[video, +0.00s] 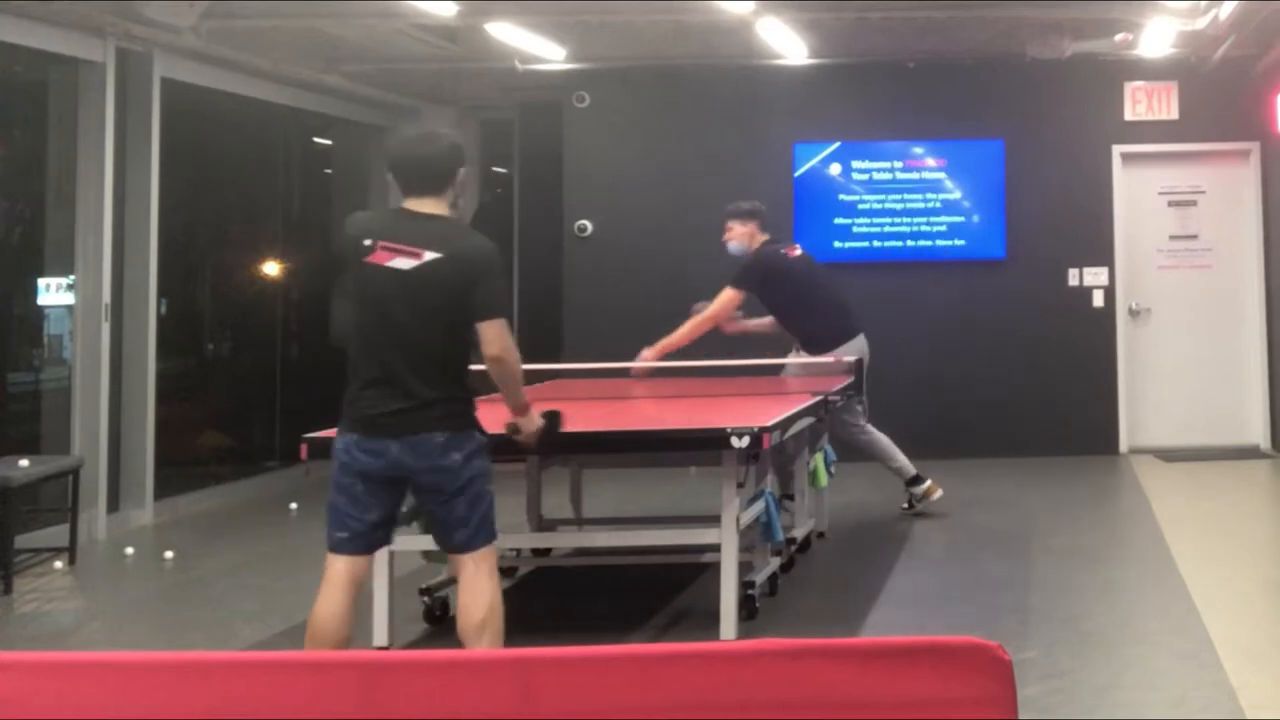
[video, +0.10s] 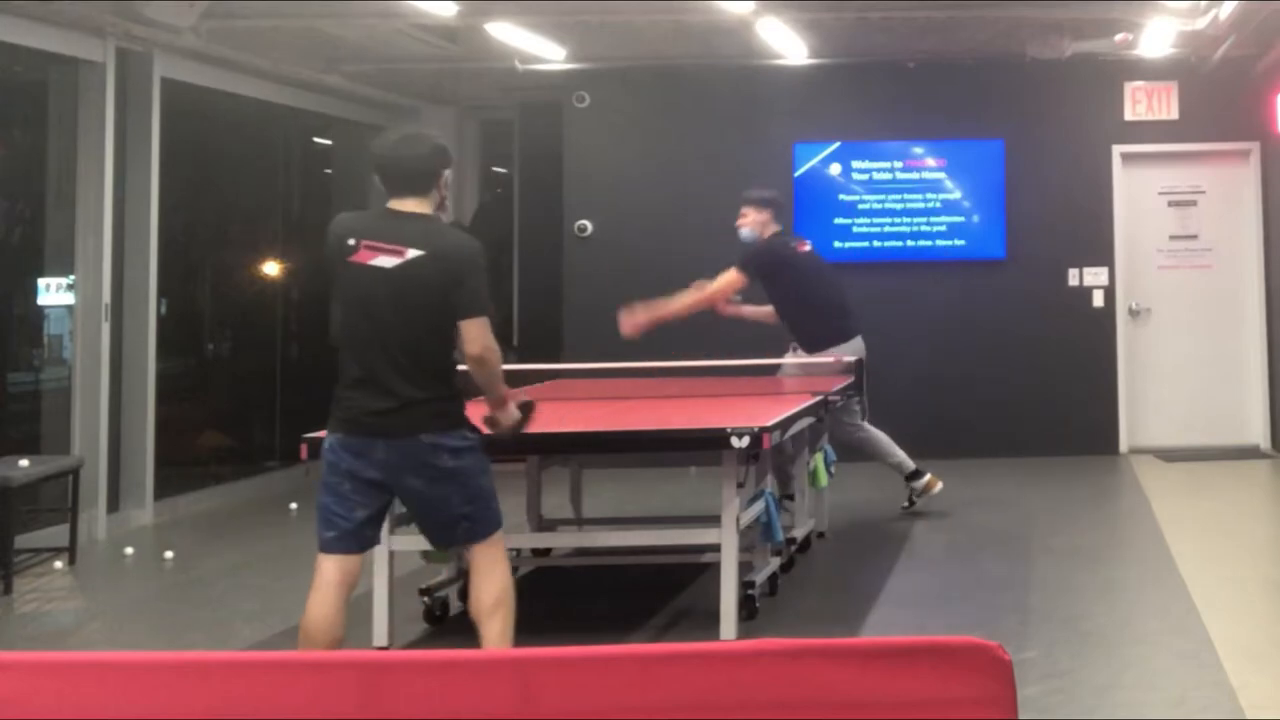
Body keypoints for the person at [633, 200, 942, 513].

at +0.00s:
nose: (725, 237)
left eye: (730, 229)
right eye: (725, 230)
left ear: (754, 229)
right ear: (756, 231)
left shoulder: (756, 262)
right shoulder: (787, 253)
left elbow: (711, 316)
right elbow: (790, 319)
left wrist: (658, 350)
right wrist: (739, 326)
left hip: (821, 356)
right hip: (853, 347)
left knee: (783, 427)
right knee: (851, 424)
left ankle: (784, 501)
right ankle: (918, 483)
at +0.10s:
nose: (739, 221)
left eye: (748, 214)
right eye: (739, 215)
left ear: (771, 219)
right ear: (765, 220)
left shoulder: (767, 252)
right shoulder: (795, 248)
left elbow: (711, 291)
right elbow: (785, 314)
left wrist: (649, 313)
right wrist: (735, 308)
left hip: (823, 356)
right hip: (845, 349)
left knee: (781, 432)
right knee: (849, 425)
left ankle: (785, 507)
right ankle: (917, 477)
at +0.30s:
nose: (771, 205)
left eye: (779, 200)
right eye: (772, 199)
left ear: (800, 206)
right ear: (802, 210)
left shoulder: (790, 233)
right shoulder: (821, 243)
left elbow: (721, 233)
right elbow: (799, 303)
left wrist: (668, 201)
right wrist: (744, 291)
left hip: (816, 352)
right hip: (850, 349)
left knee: (784, 429)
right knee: (847, 426)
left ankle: (791, 520)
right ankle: (918, 476)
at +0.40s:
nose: (790, 194)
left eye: (799, 190)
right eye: (793, 189)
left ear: (819, 200)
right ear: (820, 204)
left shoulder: (810, 229)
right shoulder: (835, 239)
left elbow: (745, 214)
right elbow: (810, 301)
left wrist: (697, 174)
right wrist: (752, 292)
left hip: (826, 346)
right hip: (858, 345)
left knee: (784, 423)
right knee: (856, 423)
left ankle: (786, 504)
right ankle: (927, 481)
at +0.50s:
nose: (808, 192)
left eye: (817, 187)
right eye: (811, 187)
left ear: (836, 198)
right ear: (834, 200)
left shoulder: (825, 227)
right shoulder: (848, 239)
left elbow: (763, 211)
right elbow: (822, 302)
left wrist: (717, 173)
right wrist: (766, 302)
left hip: (835, 345)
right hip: (868, 344)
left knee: (796, 420)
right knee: (874, 422)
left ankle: (790, 502)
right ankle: (935, 486)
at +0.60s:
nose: (821, 190)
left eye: (829, 185)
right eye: (824, 184)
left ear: (847, 197)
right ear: (846, 199)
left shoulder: (838, 229)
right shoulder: (857, 237)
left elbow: (775, 220)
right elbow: (840, 301)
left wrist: (730, 185)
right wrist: (788, 323)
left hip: (848, 342)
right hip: (880, 341)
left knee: (806, 413)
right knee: (885, 420)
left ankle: (788, 497)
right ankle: (939, 490)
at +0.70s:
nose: (829, 188)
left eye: (838, 184)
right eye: (832, 182)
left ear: (855, 196)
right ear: (852, 198)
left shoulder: (846, 230)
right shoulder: (863, 234)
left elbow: (790, 238)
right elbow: (862, 300)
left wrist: (747, 212)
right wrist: (826, 341)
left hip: (862, 342)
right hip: (888, 339)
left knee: (814, 411)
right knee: (887, 421)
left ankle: (795, 494)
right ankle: (939, 490)